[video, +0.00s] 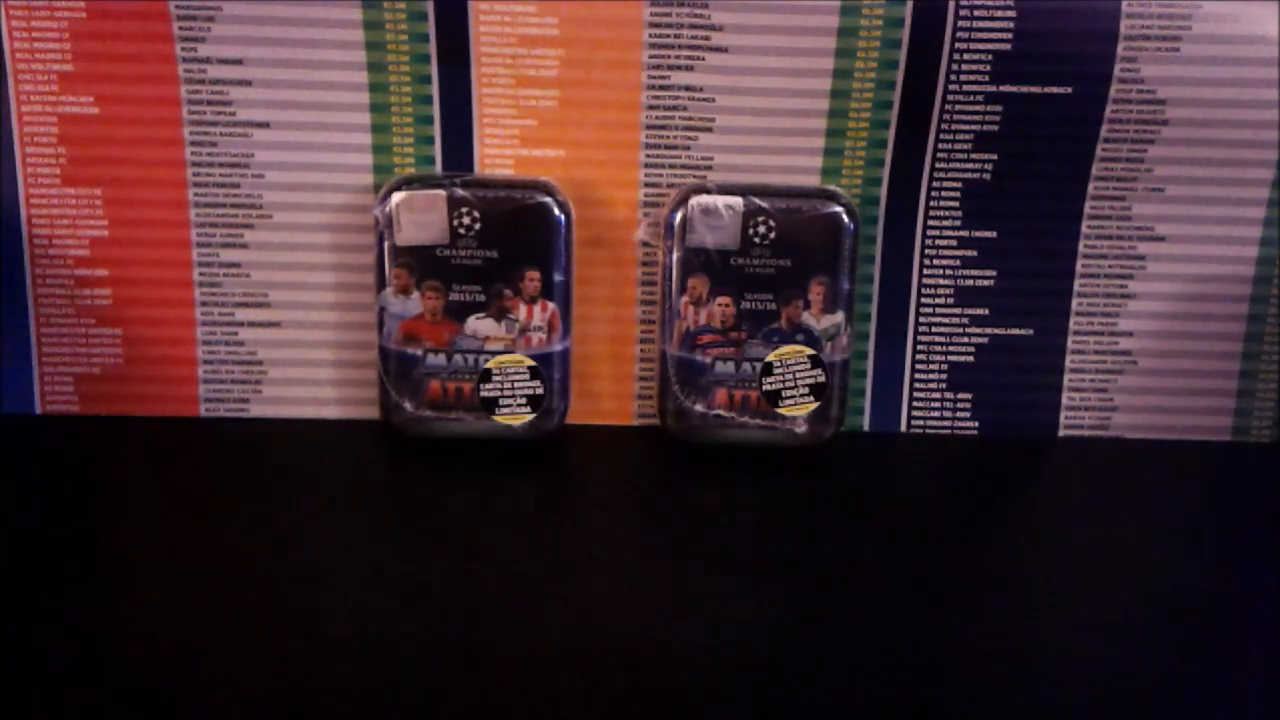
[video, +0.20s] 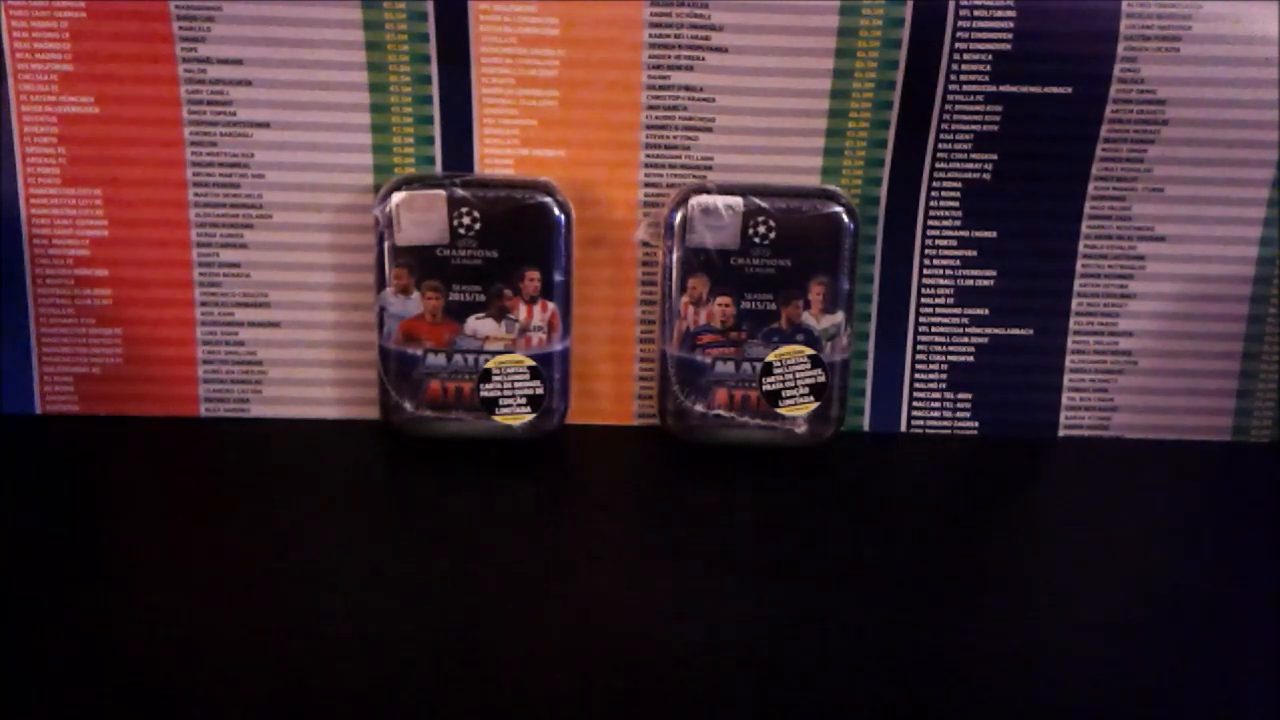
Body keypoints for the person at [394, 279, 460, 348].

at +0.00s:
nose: (433, 303)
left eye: (437, 298)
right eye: (429, 298)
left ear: (444, 301)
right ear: (422, 301)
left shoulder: (454, 328)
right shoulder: (408, 325)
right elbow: (395, 349)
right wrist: (421, 346)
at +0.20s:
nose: (433, 303)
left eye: (437, 299)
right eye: (429, 299)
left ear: (443, 301)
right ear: (422, 301)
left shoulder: (454, 328)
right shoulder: (407, 326)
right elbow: (395, 349)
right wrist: (420, 347)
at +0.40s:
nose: (433, 303)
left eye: (437, 299)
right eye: (429, 299)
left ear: (444, 301)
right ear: (422, 301)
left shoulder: (454, 328)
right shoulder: (408, 325)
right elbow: (395, 348)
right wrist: (421, 346)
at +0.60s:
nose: (433, 303)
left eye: (437, 299)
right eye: (429, 298)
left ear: (444, 301)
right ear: (422, 301)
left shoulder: (454, 328)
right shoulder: (407, 326)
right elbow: (395, 349)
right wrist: (420, 346)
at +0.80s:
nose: (433, 303)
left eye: (437, 299)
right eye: (429, 299)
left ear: (444, 302)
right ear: (422, 301)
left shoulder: (454, 328)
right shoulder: (408, 326)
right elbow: (395, 348)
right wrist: (420, 347)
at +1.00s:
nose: (433, 303)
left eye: (437, 299)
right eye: (429, 298)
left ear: (444, 301)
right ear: (422, 301)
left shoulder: (454, 328)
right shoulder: (409, 325)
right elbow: (395, 346)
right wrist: (420, 346)